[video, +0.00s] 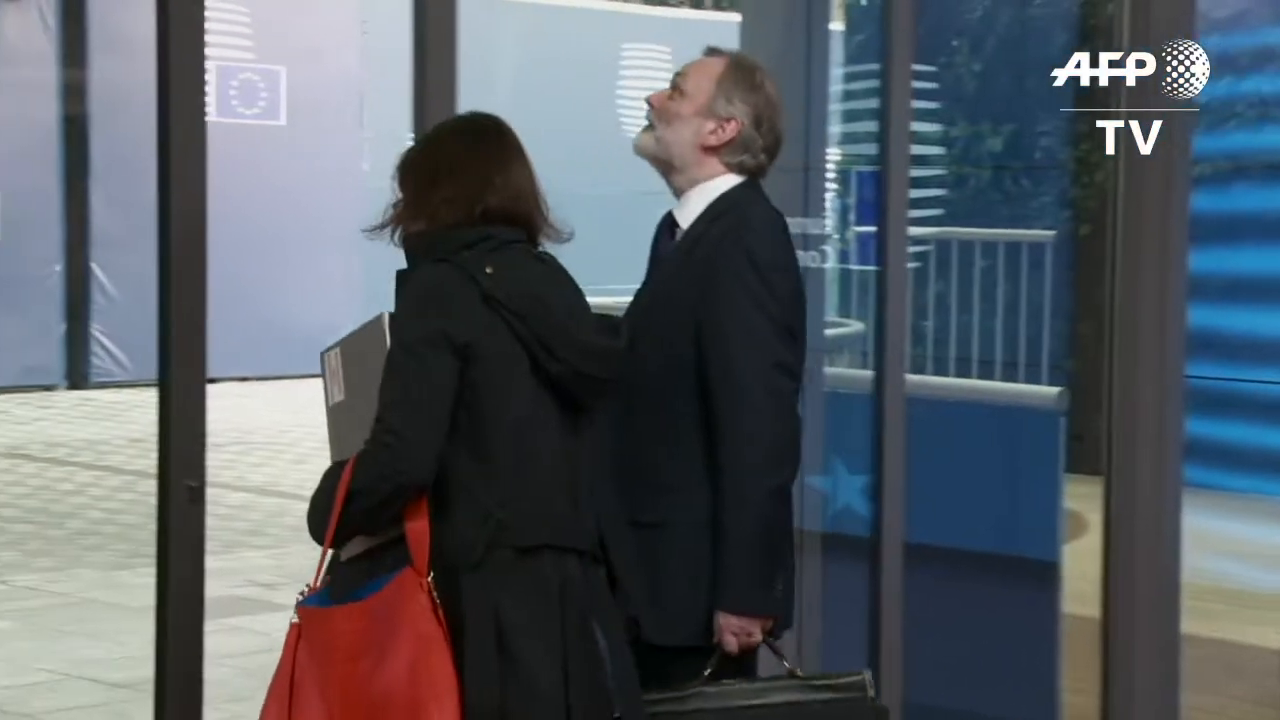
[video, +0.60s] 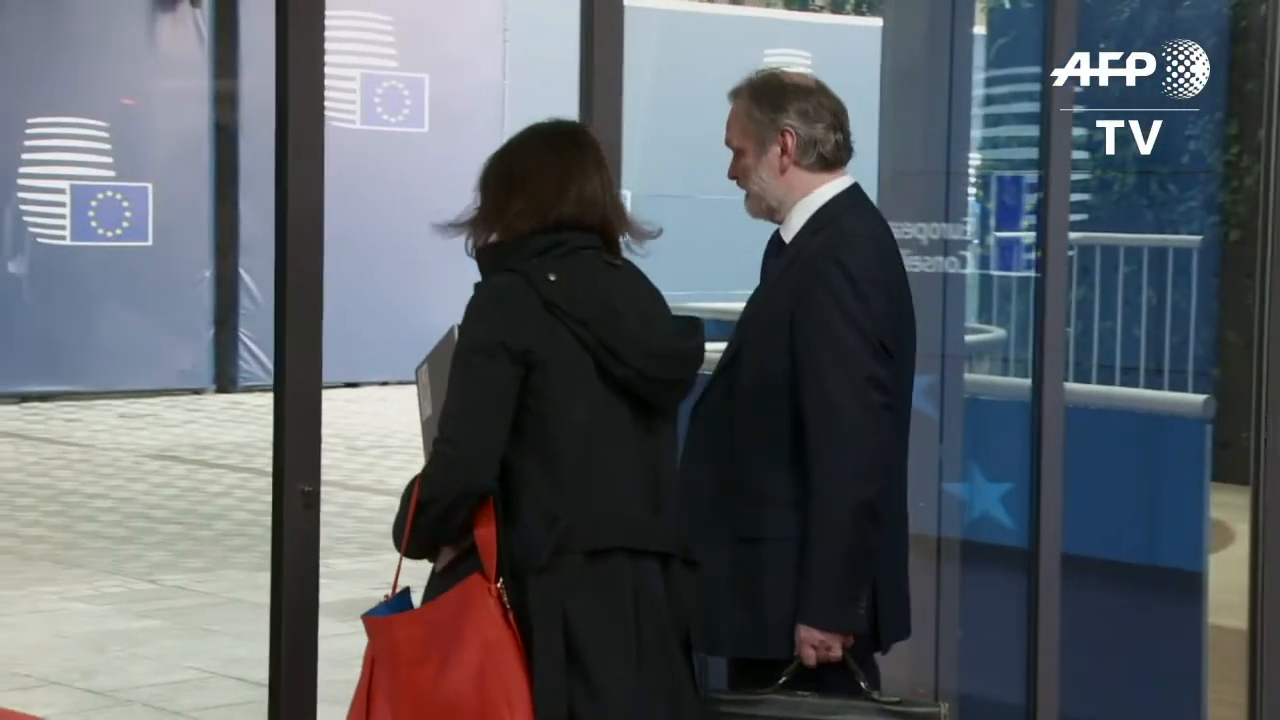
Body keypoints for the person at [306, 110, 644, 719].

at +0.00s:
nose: (405, 211)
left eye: (412, 194)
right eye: (406, 193)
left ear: (436, 195)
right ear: (513, 188)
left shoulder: (436, 284)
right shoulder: (551, 284)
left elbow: (407, 452)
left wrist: (333, 503)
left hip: (490, 590)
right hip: (574, 579)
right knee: (575, 702)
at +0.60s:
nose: (488, 215)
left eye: (495, 198)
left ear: (511, 200)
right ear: (599, 196)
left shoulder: (508, 295)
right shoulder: (637, 296)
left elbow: (469, 462)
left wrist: (418, 523)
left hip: (555, 588)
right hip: (646, 584)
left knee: (561, 708)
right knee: (644, 705)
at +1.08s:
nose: (534, 221)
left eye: (540, 206)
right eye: (535, 205)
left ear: (561, 211)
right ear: (645, 204)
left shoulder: (554, 305)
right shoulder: (675, 299)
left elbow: (521, 469)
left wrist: (468, 519)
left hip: (607, 596)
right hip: (699, 587)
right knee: (700, 704)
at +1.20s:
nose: (543, 221)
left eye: (549, 204)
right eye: (543, 204)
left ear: (581, 210)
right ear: (650, 207)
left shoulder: (568, 303)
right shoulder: (687, 302)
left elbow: (539, 471)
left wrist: (479, 512)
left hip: (621, 597)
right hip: (710, 586)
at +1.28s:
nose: (547, 220)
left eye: (553, 205)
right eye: (548, 205)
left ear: (588, 211)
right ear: (649, 207)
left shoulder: (576, 300)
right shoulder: (694, 302)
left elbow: (548, 468)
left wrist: (486, 512)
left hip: (627, 594)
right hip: (712, 587)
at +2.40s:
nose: (390, 236)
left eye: (398, 221)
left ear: (416, 229)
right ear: (480, 222)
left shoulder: (441, 310)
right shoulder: (507, 298)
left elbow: (463, 447)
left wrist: (380, 507)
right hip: (548, 551)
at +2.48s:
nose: (367, 264)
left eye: (372, 249)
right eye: (365, 251)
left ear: (402, 234)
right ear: (461, 225)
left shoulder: (413, 303)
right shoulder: (498, 295)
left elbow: (430, 446)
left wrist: (354, 496)